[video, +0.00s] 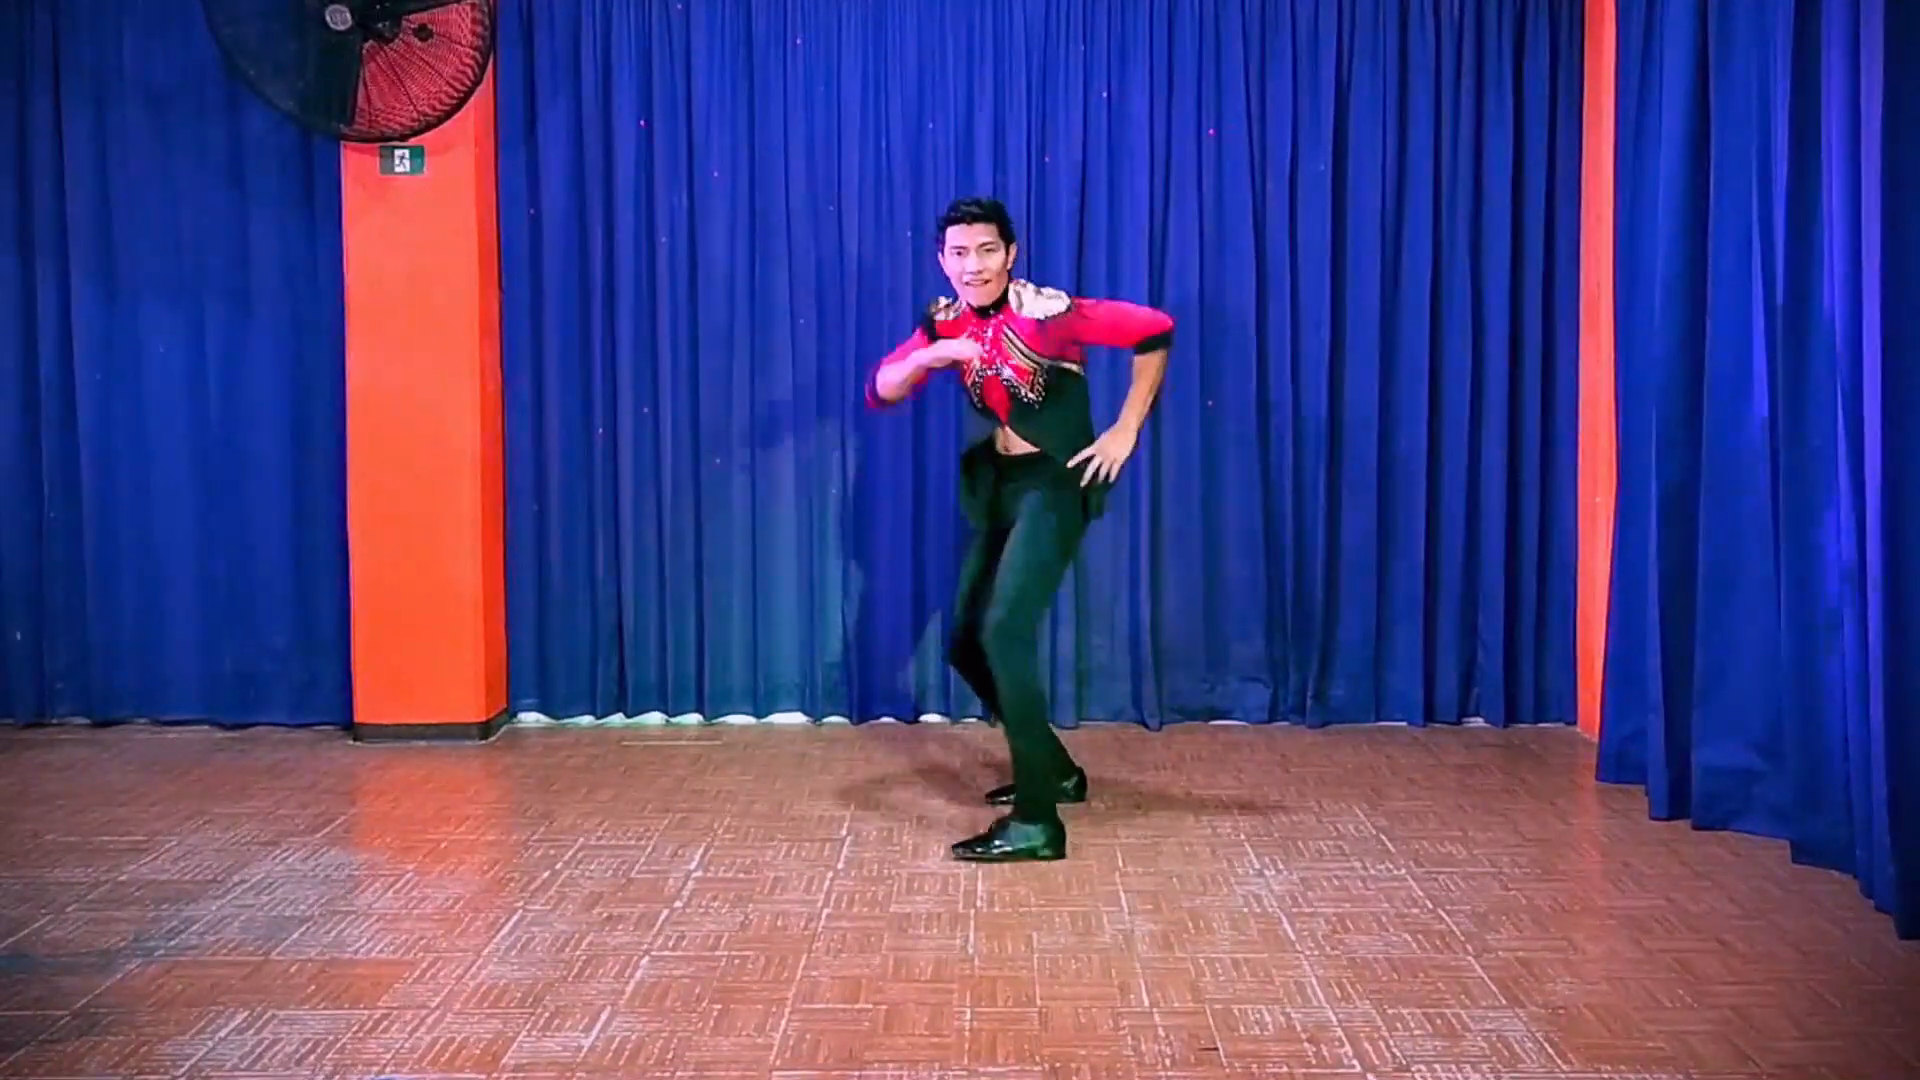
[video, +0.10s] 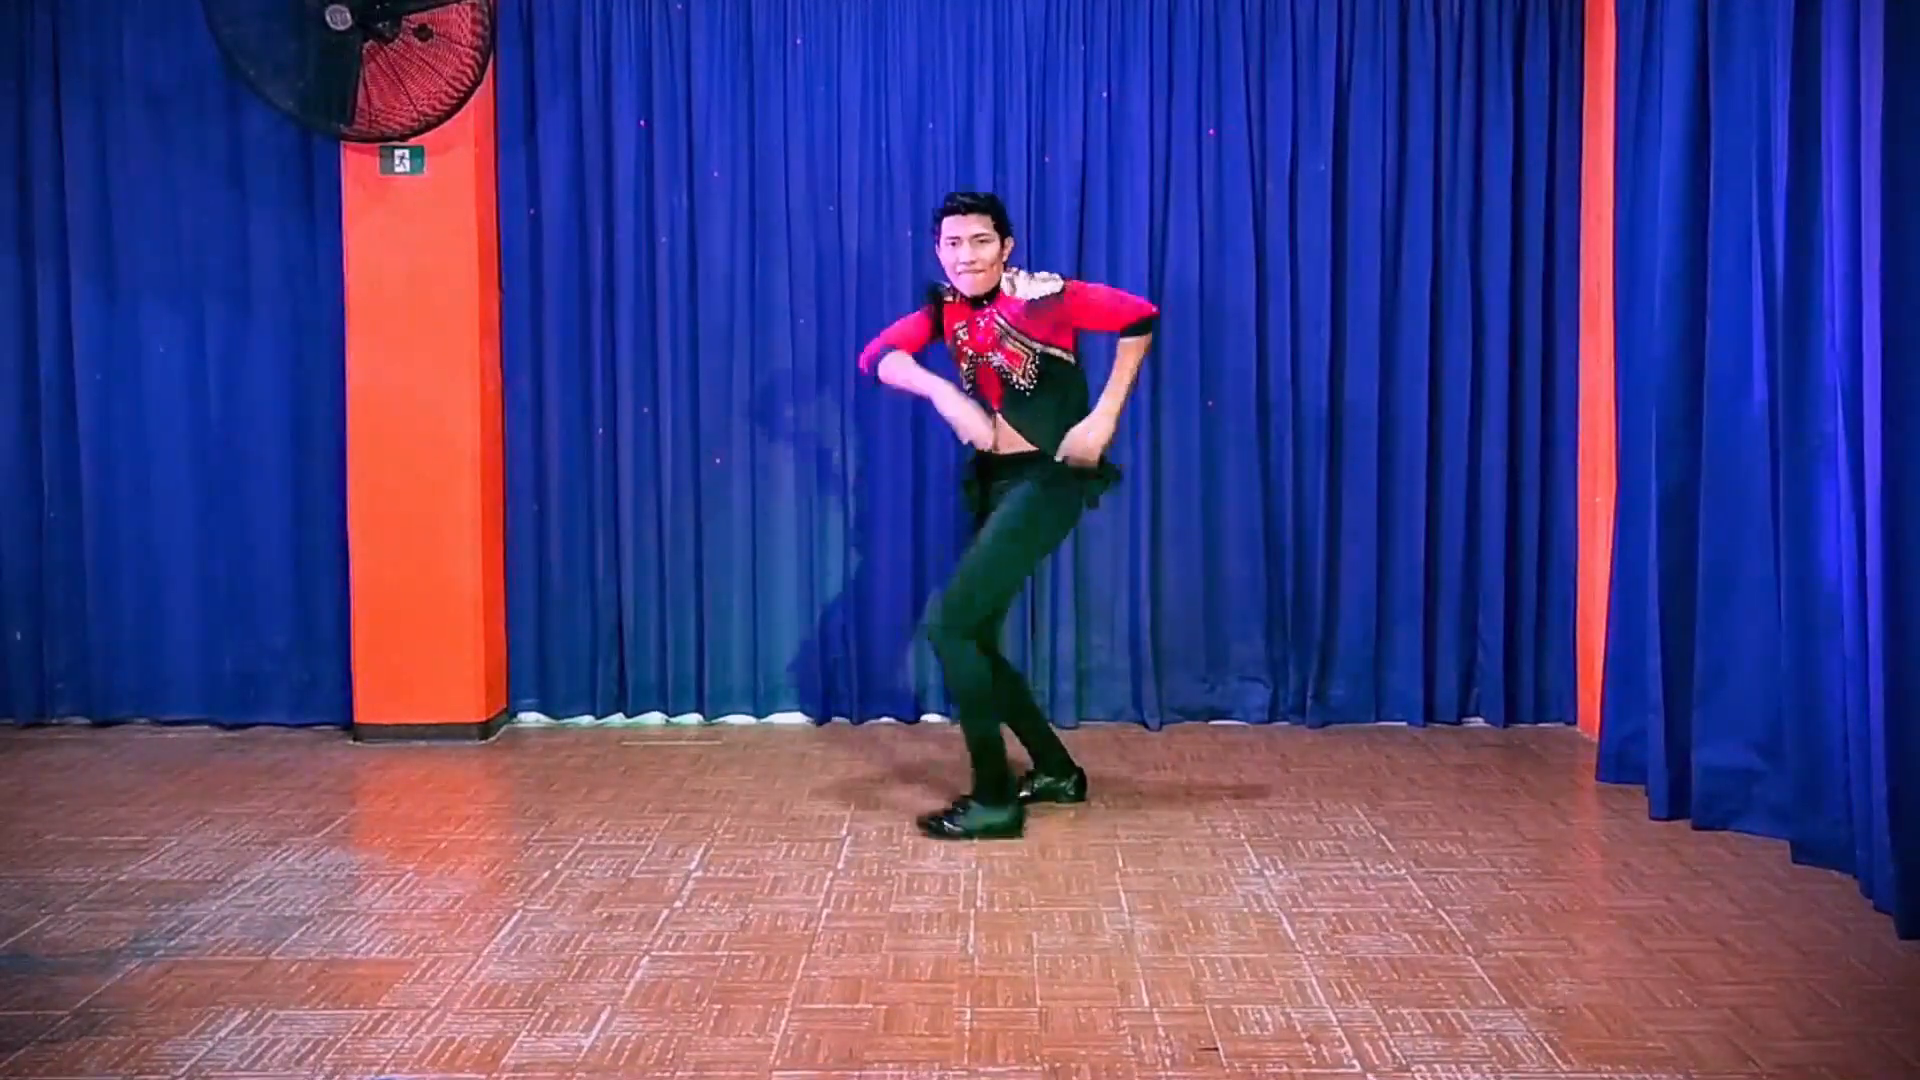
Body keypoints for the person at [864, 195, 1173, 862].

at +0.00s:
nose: (973, 264)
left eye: (986, 250)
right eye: (959, 252)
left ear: (1011, 255)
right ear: (945, 260)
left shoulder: (1046, 317)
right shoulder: (947, 324)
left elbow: (1154, 331)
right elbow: (881, 389)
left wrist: (1128, 428)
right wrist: (931, 356)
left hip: (1060, 483)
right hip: (1003, 485)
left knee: (1004, 631)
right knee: (966, 643)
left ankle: (1035, 822)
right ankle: (1056, 771)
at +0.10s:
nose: (967, 254)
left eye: (981, 240)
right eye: (954, 242)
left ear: (1006, 247)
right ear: (940, 251)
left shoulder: (1045, 298)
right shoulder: (947, 312)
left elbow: (1140, 318)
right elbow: (877, 357)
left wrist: (1104, 417)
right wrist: (945, 394)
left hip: (1053, 478)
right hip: (996, 480)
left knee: (950, 623)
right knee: (974, 639)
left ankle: (993, 802)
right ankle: (1057, 771)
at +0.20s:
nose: (961, 246)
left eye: (974, 233)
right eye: (948, 235)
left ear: (1002, 240)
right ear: (936, 244)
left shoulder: (1046, 296)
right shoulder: (942, 319)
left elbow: (1126, 352)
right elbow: (885, 391)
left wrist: (1068, 419)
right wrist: (920, 440)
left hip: (1042, 483)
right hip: (995, 486)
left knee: (929, 612)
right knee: (972, 638)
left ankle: (964, 789)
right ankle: (1057, 770)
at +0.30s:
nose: (918, 244)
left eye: (933, 231)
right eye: (915, 231)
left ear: (974, 242)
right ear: (915, 241)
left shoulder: (1011, 311)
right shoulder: (935, 321)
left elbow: (1046, 408)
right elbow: (952, 426)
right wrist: (907, 487)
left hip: (1017, 490)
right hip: (988, 487)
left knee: (921, 626)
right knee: (973, 635)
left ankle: (961, 790)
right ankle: (1056, 769)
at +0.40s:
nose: (893, 245)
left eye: (903, 233)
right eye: (896, 232)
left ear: (938, 241)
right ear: (941, 241)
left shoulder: (942, 302)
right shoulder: (977, 293)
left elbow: (968, 394)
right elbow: (998, 407)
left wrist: (888, 423)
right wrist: (952, 476)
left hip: (1000, 495)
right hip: (1027, 494)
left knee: (915, 629)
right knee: (965, 634)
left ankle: (960, 790)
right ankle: (1057, 768)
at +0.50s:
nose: (898, 242)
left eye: (898, 236)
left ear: (902, 243)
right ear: (967, 236)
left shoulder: (896, 304)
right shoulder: (1017, 285)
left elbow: (849, 394)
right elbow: (1088, 363)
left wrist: (888, 464)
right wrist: (1041, 442)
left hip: (953, 507)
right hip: (1023, 500)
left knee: (900, 634)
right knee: (944, 623)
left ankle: (959, 791)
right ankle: (1022, 743)